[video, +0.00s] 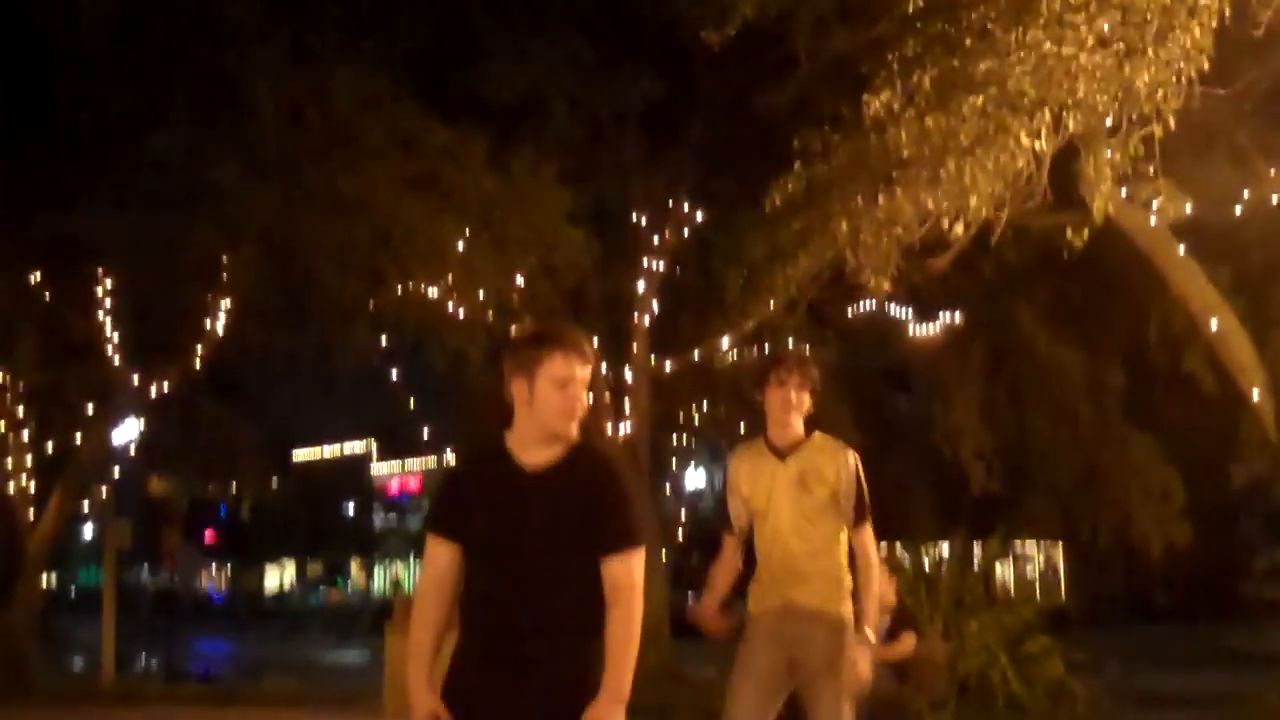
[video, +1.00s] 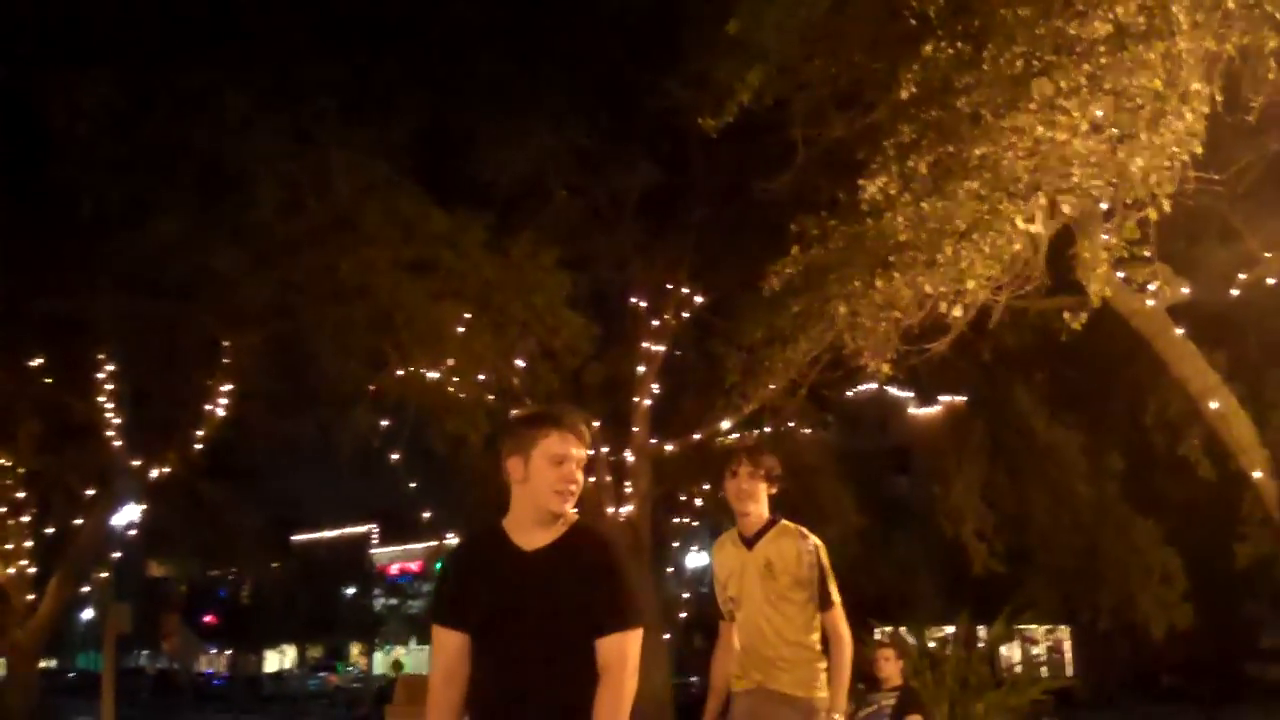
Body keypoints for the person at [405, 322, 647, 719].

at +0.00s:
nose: (580, 401)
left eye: (584, 387)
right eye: (563, 385)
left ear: (591, 393)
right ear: (519, 389)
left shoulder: (603, 481)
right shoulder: (468, 481)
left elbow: (624, 598)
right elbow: (436, 587)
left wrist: (612, 700)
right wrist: (420, 689)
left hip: (571, 698)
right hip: (478, 695)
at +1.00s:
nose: (574, 478)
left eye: (580, 466)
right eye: (558, 462)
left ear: (586, 473)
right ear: (514, 468)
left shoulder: (601, 558)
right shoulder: (467, 563)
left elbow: (618, 675)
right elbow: (447, 680)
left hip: (575, 711)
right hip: (490, 712)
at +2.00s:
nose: (551, 510)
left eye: (565, 495)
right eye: (537, 495)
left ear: (592, 478)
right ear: (522, 483)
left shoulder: (629, 557)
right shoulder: (502, 556)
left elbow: (643, 679)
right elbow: (468, 669)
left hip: (600, 711)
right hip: (518, 711)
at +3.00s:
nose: (597, 486)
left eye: (602, 472)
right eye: (579, 474)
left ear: (610, 472)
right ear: (539, 477)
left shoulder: (625, 552)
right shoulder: (504, 555)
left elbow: (642, 679)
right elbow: (478, 671)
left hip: (603, 710)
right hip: (520, 711)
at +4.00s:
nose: (520, 504)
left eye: (537, 489)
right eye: (510, 490)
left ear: (575, 483)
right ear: (501, 486)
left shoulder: (620, 565)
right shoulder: (492, 555)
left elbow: (648, 690)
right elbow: (479, 662)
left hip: (604, 713)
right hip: (521, 712)